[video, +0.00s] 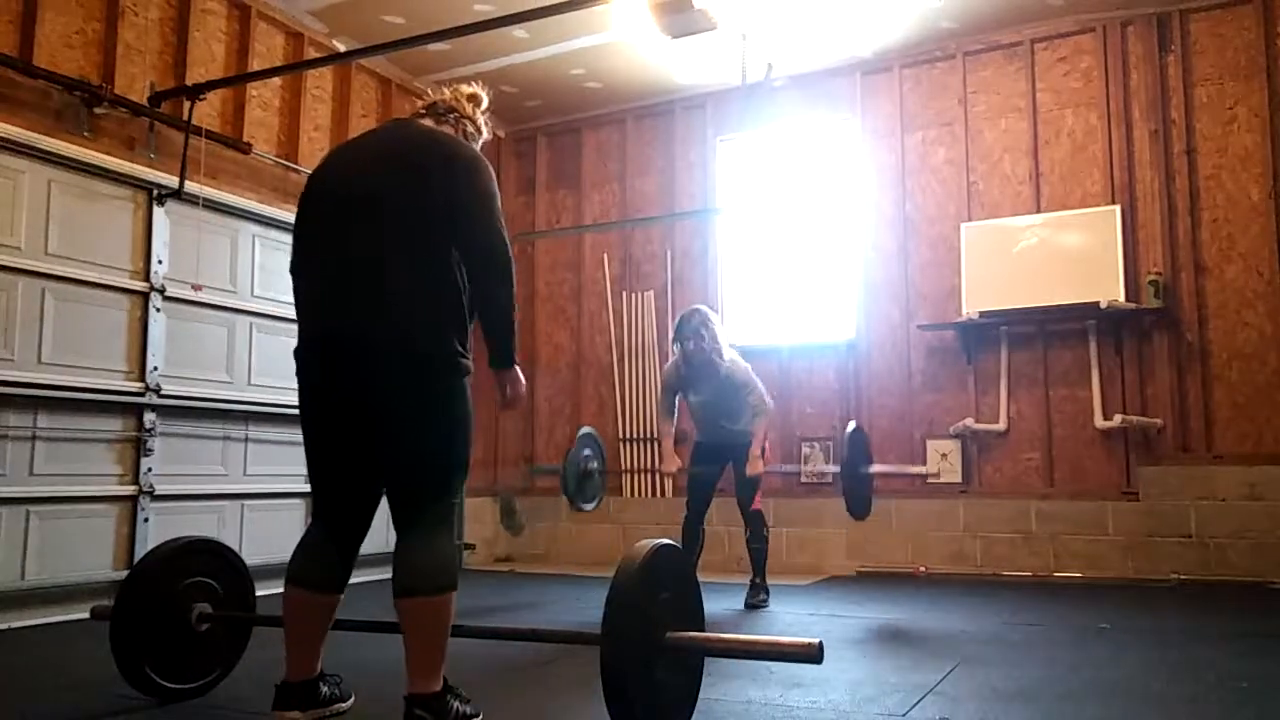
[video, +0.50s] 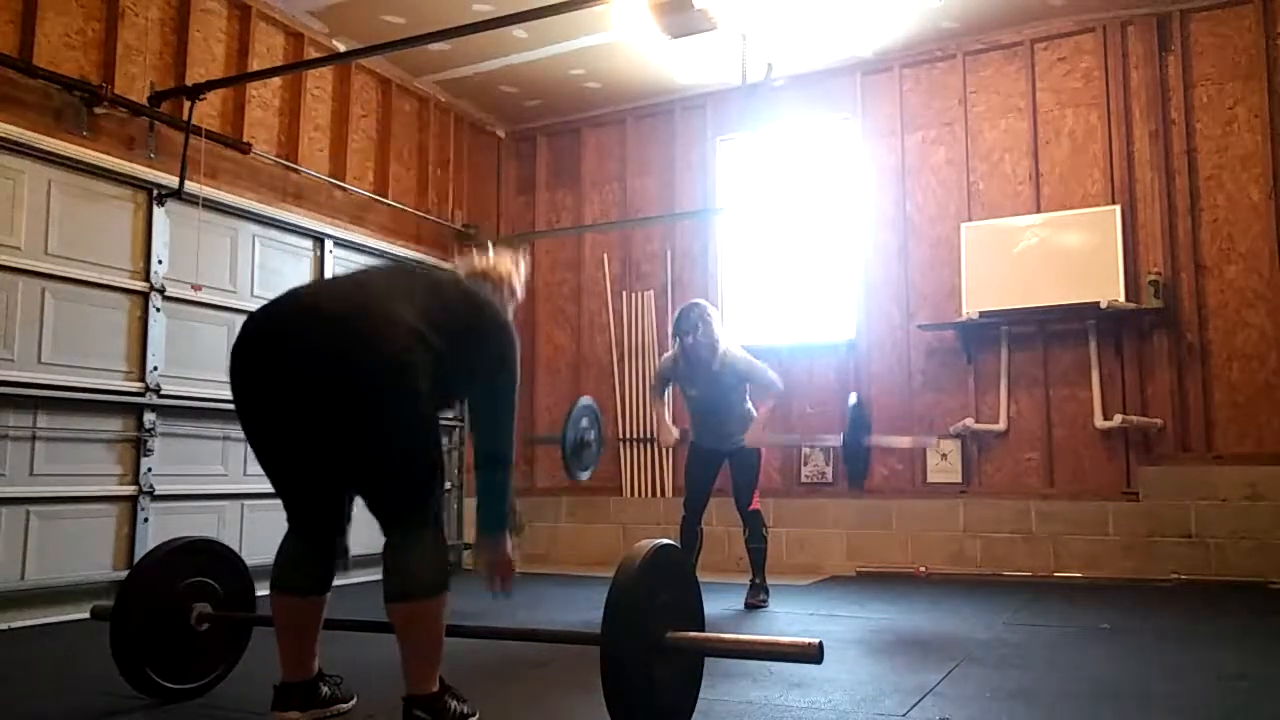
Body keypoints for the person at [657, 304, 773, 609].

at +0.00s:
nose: (692, 346)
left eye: (698, 339)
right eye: (686, 340)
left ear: (711, 338)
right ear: (679, 342)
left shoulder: (731, 366)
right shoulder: (675, 372)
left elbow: (763, 407)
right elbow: (666, 412)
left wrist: (755, 453)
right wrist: (668, 454)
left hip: (743, 441)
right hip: (707, 443)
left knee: (748, 506)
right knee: (694, 511)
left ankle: (758, 583)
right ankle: (685, 581)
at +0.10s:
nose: (692, 344)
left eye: (699, 337)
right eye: (686, 338)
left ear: (712, 334)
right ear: (679, 340)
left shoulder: (733, 361)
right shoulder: (675, 366)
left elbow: (771, 391)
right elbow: (664, 398)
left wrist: (758, 431)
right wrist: (666, 432)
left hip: (744, 440)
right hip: (705, 442)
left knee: (747, 504)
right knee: (693, 511)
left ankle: (758, 583)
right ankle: (685, 581)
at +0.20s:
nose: (695, 342)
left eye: (701, 335)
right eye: (688, 336)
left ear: (712, 332)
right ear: (679, 339)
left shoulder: (735, 358)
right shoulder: (674, 362)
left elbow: (776, 372)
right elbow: (661, 377)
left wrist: (758, 408)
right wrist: (665, 410)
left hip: (744, 440)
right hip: (705, 442)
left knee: (746, 504)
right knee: (692, 511)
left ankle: (758, 582)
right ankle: (685, 581)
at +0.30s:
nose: (697, 340)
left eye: (700, 332)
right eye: (689, 335)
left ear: (711, 330)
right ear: (680, 337)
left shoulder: (733, 355)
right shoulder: (674, 358)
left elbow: (779, 361)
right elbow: (654, 366)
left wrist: (759, 397)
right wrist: (665, 398)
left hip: (742, 439)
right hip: (705, 441)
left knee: (747, 505)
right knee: (691, 512)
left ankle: (758, 582)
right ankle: (684, 582)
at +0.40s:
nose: (694, 339)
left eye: (699, 331)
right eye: (686, 333)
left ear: (713, 328)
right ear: (679, 336)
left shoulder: (733, 355)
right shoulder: (675, 357)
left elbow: (779, 366)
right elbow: (654, 370)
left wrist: (758, 403)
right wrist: (664, 402)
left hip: (743, 441)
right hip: (704, 443)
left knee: (747, 506)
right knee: (692, 512)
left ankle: (758, 582)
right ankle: (684, 581)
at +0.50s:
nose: (691, 341)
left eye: (698, 333)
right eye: (685, 335)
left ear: (713, 332)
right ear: (678, 337)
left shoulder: (732, 360)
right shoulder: (673, 364)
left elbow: (775, 388)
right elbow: (657, 389)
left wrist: (758, 425)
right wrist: (664, 424)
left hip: (742, 442)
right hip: (703, 443)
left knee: (747, 506)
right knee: (691, 512)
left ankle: (758, 582)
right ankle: (684, 581)